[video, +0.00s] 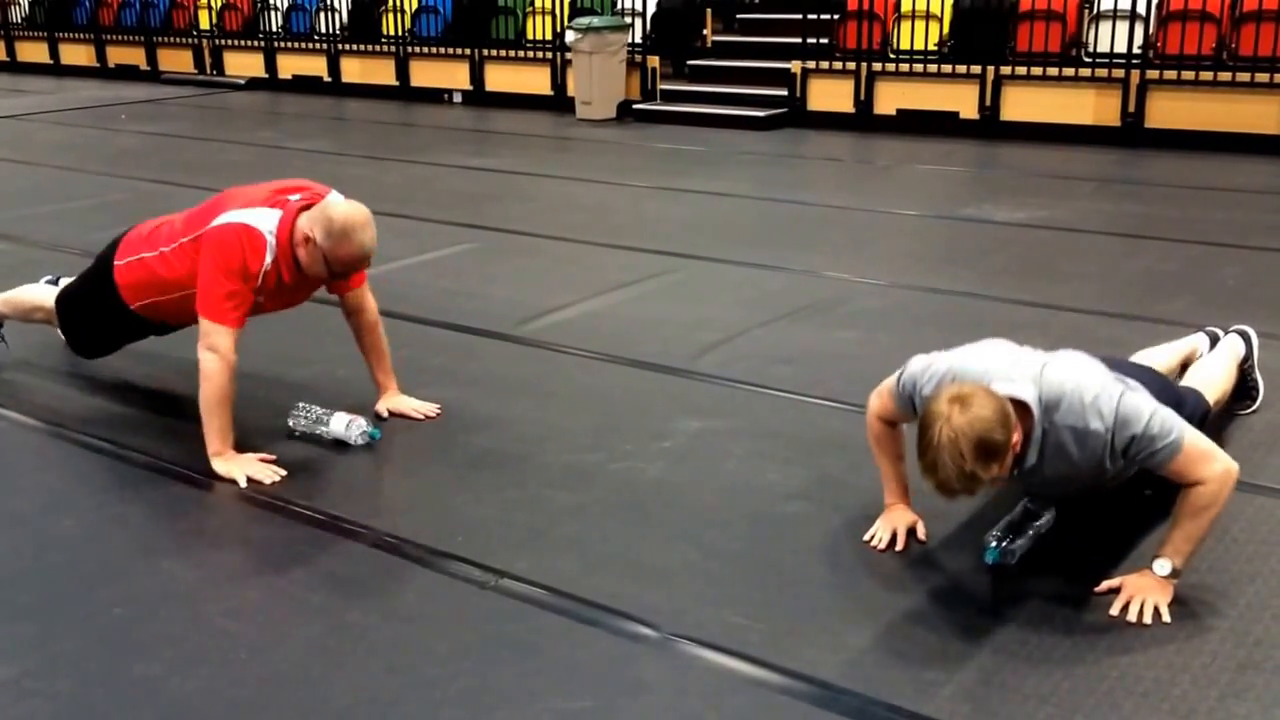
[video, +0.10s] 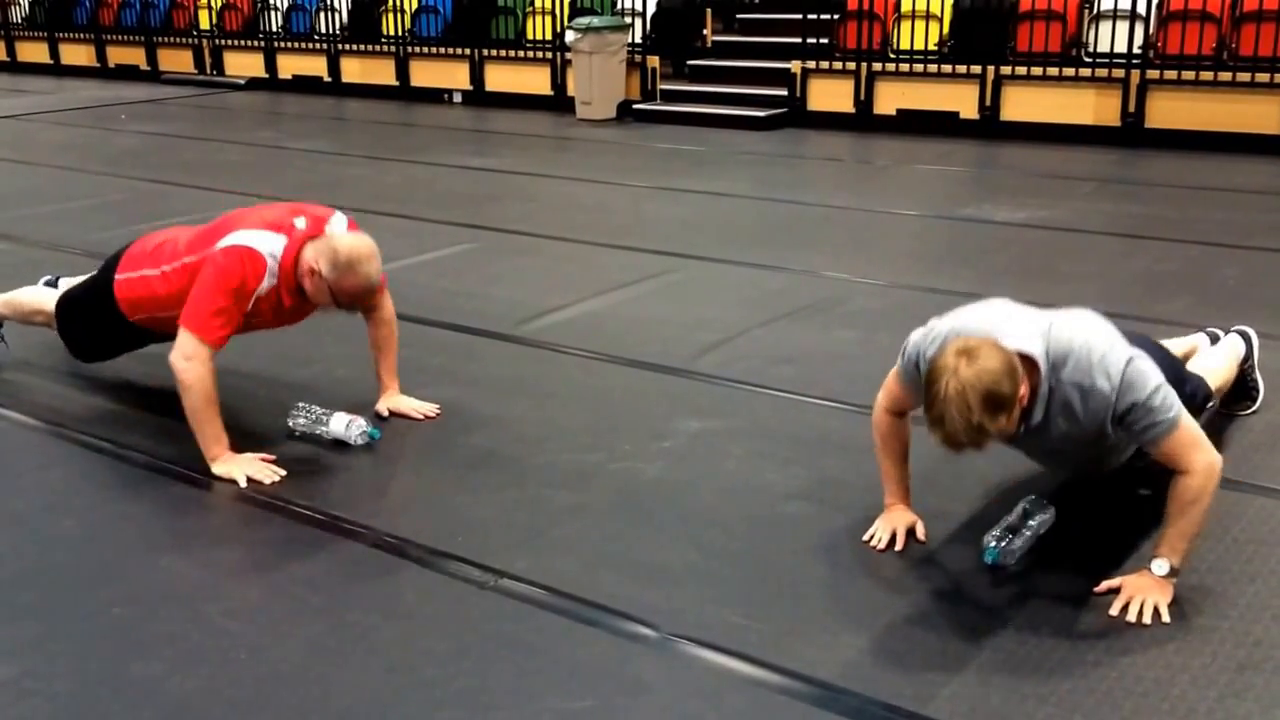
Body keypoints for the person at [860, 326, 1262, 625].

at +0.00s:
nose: (988, 488)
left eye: (991, 478)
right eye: (969, 485)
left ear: (1013, 438)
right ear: (935, 431)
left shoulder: (1105, 413)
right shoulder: (939, 376)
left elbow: (1217, 473)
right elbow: (880, 409)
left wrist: (1162, 572)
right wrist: (896, 502)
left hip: (1142, 405)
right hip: (1088, 379)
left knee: (1194, 398)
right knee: (1135, 373)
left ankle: (1235, 346)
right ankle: (1199, 340)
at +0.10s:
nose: (990, 441)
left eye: (995, 431)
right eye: (975, 435)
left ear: (1023, 391)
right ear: (946, 388)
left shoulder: (1110, 374)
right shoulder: (933, 348)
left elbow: (1202, 466)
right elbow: (889, 408)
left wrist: (1161, 571)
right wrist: (896, 504)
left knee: (1196, 389)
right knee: (1151, 363)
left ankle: (1238, 346)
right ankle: (1201, 340)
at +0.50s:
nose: (979, 483)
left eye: (984, 475)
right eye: (962, 478)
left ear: (1009, 432)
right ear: (932, 427)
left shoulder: (1100, 407)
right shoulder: (930, 372)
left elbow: (1210, 469)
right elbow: (880, 412)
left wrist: (1158, 572)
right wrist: (893, 503)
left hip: (1137, 398)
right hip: (1087, 372)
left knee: (1193, 393)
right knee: (1133, 365)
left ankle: (1235, 346)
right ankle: (1201, 339)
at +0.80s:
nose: (990, 463)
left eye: (992, 452)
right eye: (974, 459)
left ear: (1014, 412)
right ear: (941, 417)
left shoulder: (1104, 394)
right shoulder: (930, 361)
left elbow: (1208, 469)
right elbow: (883, 410)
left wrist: (1158, 571)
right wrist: (894, 504)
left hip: (1136, 388)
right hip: (1084, 365)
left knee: (1195, 390)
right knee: (1139, 363)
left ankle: (1234, 345)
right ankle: (1198, 340)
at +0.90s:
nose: (982, 423)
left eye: (989, 412)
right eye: (967, 417)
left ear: (1020, 366)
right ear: (944, 367)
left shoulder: (1112, 355)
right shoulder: (934, 331)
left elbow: (1185, 459)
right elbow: (896, 409)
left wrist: (1158, 571)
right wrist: (894, 503)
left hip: (1144, 372)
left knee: (1197, 378)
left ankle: (1237, 347)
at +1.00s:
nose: (984, 395)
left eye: (994, 383)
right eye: (970, 386)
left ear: (1026, 340)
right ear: (946, 349)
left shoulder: (1115, 338)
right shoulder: (939, 317)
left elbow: (1164, 455)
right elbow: (906, 408)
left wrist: (1155, 569)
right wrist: (895, 504)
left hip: (1145, 376)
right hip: (1059, 399)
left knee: (1195, 379)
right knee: (1114, 425)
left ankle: (1234, 349)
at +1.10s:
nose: (980, 409)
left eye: (989, 395)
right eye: (967, 399)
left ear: (1024, 352)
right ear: (948, 361)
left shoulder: (1114, 349)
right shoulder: (935, 331)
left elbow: (1181, 457)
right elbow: (899, 409)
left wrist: (1156, 570)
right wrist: (895, 503)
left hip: (1143, 380)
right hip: (1057, 403)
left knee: (1196, 372)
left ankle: (1235, 349)